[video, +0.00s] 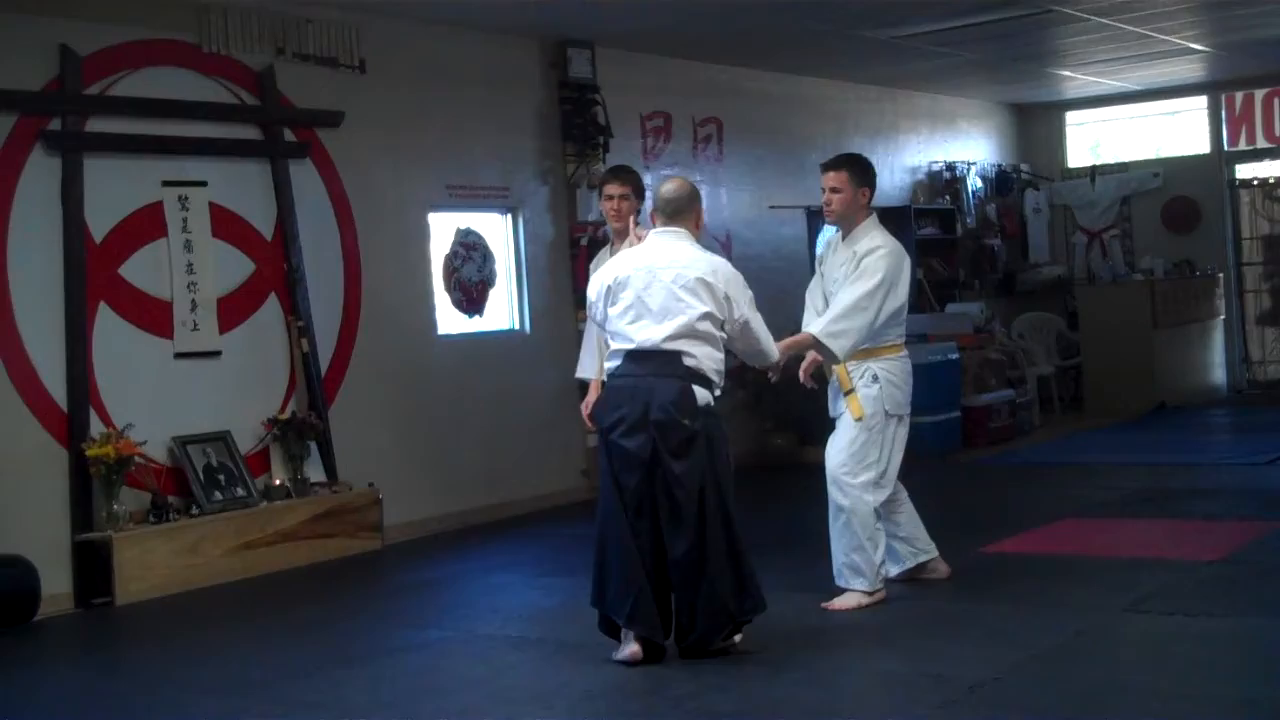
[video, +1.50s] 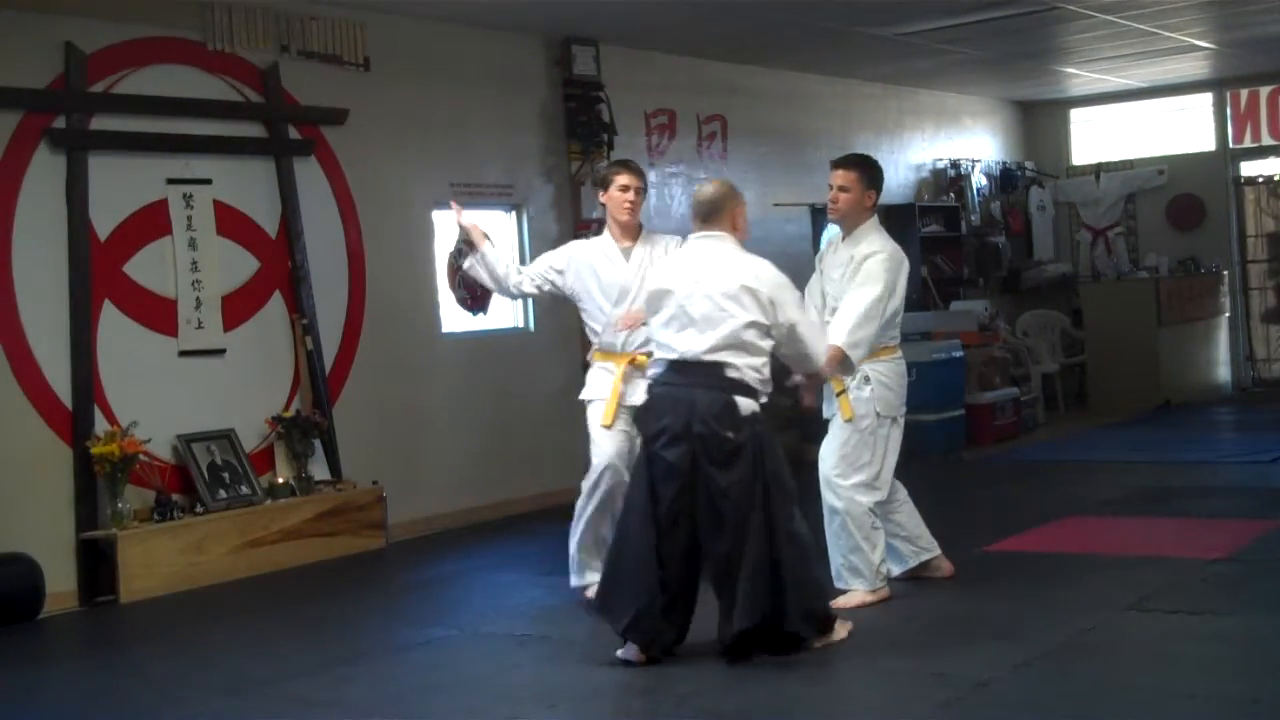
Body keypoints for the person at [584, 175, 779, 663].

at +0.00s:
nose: (704, 221)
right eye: (703, 215)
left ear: (652, 216)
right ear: (699, 218)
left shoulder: (613, 268)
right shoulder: (715, 270)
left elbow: (596, 324)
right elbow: (760, 350)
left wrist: (623, 255)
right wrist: (782, 351)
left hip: (620, 391)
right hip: (685, 391)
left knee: (628, 512)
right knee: (698, 509)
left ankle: (636, 633)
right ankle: (709, 628)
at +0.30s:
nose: (674, 216)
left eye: (615, 208)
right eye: (672, 209)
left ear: (621, 215)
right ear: (667, 213)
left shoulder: (591, 271)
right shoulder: (697, 264)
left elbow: (573, 351)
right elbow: (749, 336)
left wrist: (586, 381)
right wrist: (768, 335)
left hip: (610, 397)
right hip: (677, 393)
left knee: (622, 516)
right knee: (692, 510)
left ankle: (637, 638)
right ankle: (706, 631)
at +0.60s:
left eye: (600, 210)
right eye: (655, 208)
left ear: (604, 216)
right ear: (653, 212)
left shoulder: (578, 272)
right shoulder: (686, 265)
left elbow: (552, 347)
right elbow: (737, 334)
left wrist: (554, 416)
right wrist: (759, 330)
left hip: (604, 402)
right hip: (668, 399)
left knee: (612, 518)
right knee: (687, 512)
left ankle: (633, 638)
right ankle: (706, 628)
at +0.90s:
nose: (596, 215)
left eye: (596, 209)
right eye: (654, 207)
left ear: (602, 214)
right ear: (652, 210)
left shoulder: (578, 272)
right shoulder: (686, 265)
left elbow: (552, 356)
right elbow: (735, 339)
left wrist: (562, 414)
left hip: (604, 403)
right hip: (669, 400)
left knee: (612, 520)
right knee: (687, 513)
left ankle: (632, 638)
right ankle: (708, 626)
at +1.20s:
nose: (679, 217)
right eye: (676, 210)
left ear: (625, 218)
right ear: (669, 214)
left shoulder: (594, 269)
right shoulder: (696, 263)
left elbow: (578, 360)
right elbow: (738, 332)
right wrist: (758, 352)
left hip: (614, 400)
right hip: (681, 396)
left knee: (621, 519)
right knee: (704, 511)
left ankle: (634, 638)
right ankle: (721, 623)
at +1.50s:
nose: (747, 221)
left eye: (743, 213)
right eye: (745, 214)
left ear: (695, 220)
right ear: (738, 218)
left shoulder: (663, 266)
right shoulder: (759, 274)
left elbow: (634, 321)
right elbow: (810, 351)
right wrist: (812, 375)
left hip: (665, 400)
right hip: (730, 403)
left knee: (661, 519)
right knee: (760, 516)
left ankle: (643, 637)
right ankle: (808, 623)